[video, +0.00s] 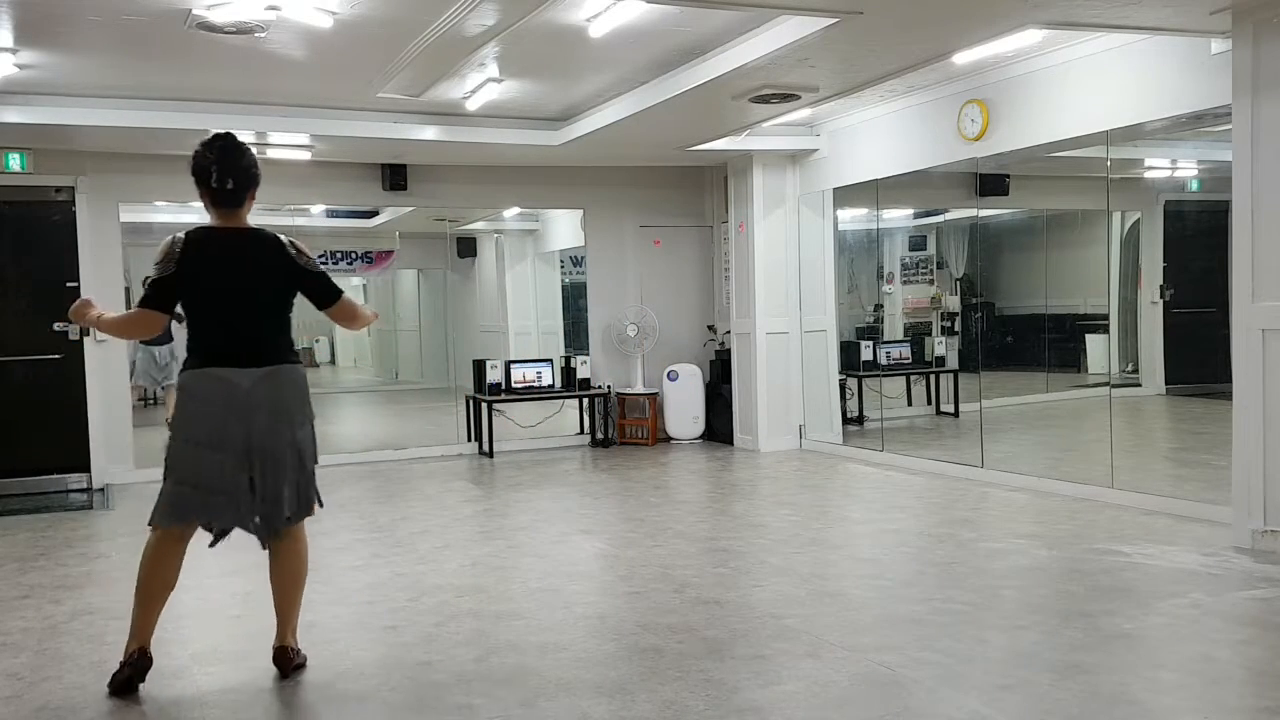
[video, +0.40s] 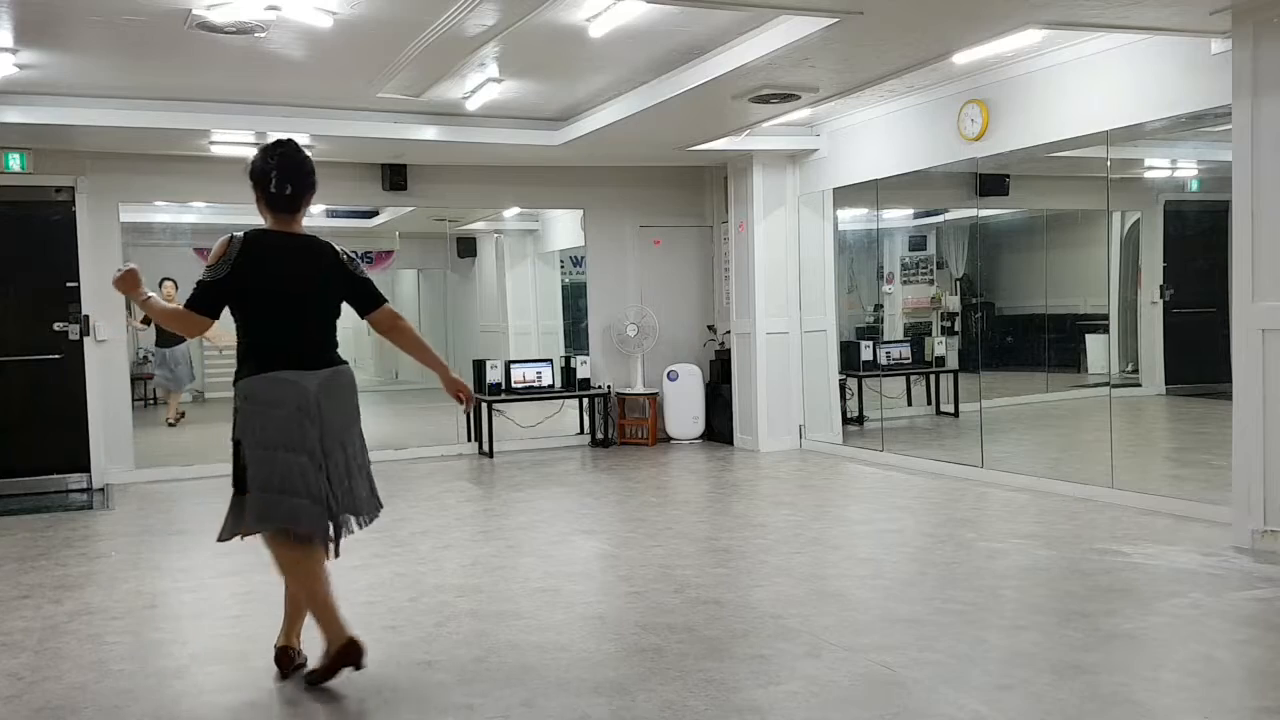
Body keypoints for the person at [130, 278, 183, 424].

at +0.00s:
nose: (150, 290)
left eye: (153, 287)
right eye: (148, 287)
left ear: (160, 288)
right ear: (144, 289)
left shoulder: (165, 305)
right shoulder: (140, 309)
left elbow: (181, 319)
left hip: (165, 345)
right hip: (145, 346)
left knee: (170, 383)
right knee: (138, 383)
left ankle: (170, 416)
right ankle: (127, 414)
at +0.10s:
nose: (158, 290)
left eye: (160, 287)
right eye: (154, 287)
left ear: (165, 290)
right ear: (149, 290)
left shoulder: (170, 307)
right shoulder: (144, 309)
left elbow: (184, 321)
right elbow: (135, 325)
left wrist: (198, 329)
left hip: (171, 347)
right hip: (150, 348)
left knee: (173, 383)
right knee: (142, 381)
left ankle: (170, 415)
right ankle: (127, 412)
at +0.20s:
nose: (161, 290)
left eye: (164, 287)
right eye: (158, 287)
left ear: (169, 290)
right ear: (153, 290)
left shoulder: (176, 307)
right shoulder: (148, 308)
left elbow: (189, 322)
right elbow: (140, 324)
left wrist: (203, 334)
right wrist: (147, 332)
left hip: (175, 348)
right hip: (154, 349)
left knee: (175, 384)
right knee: (146, 382)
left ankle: (171, 416)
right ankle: (141, 416)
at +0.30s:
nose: (165, 291)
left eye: (167, 287)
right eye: (161, 287)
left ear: (173, 290)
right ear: (156, 290)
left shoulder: (179, 308)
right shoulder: (152, 309)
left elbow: (192, 327)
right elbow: (144, 324)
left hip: (176, 347)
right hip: (158, 348)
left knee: (175, 385)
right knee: (156, 385)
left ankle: (171, 415)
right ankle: (162, 413)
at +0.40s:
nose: (168, 291)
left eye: (171, 288)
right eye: (165, 288)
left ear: (176, 291)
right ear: (160, 291)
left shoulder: (181, 310)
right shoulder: (156, 310)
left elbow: (197, 328)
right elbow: (143, 326)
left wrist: (215, 342)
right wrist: (131, 322)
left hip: (179, 348)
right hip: (161, 349)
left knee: (177, 383)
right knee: (165, 384)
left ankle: (171, 416)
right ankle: (177, 410)